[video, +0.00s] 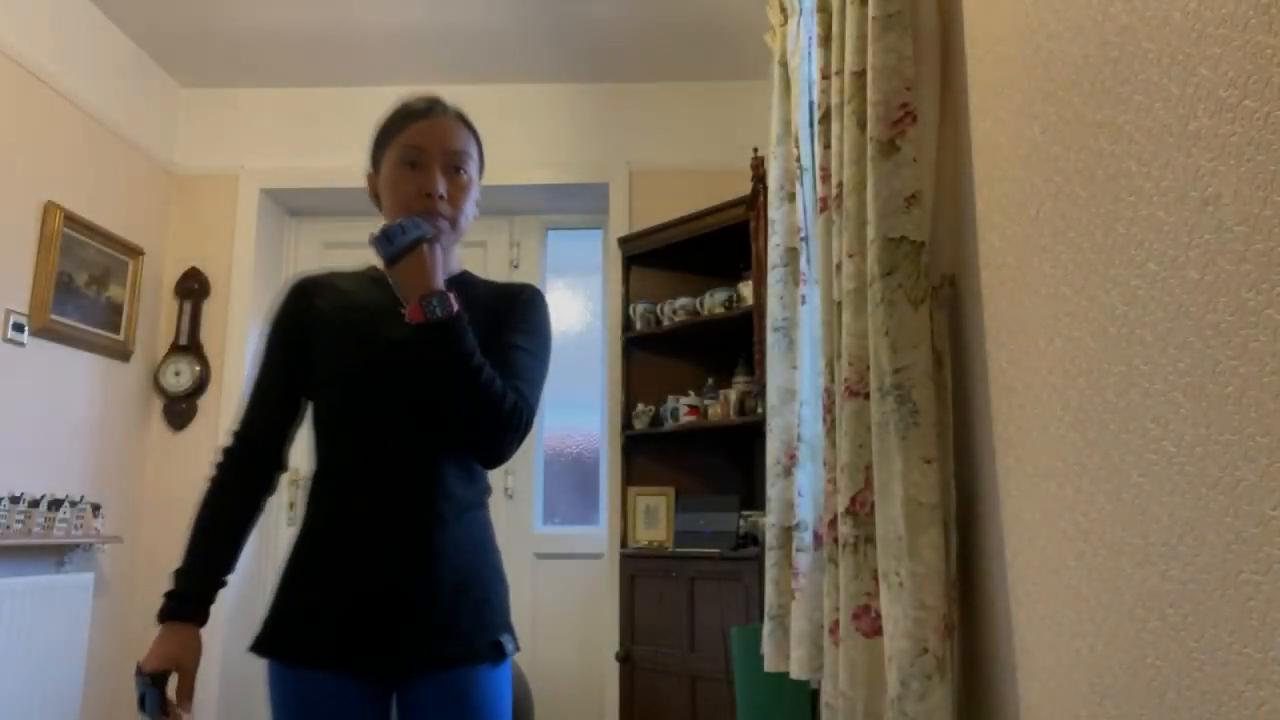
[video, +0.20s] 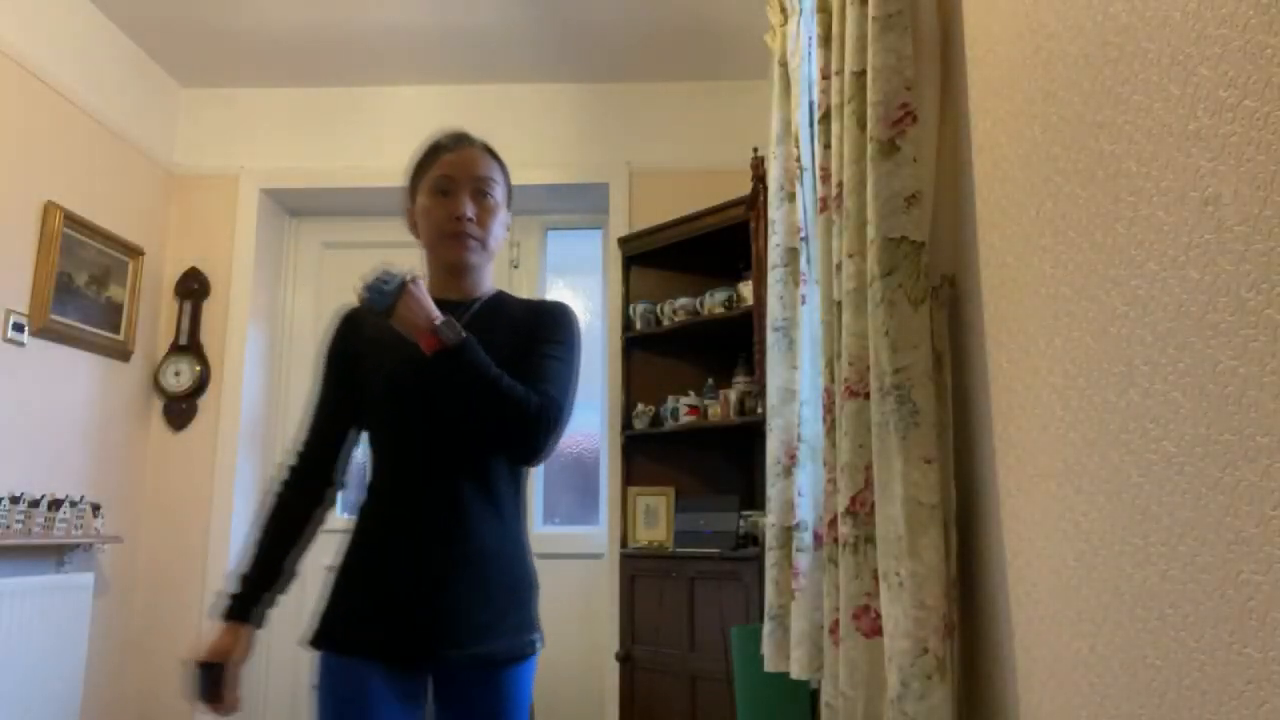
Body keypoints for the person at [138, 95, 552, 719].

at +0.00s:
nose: (436, 185)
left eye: (457, 168)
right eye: (412, 163)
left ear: (476, 193)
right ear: (374, 185)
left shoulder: (512, 308)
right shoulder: (318, 302)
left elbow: (496, 437)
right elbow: (253, 460)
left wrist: (431, 299)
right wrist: (184, 614)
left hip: (459, 628)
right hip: (326, 623)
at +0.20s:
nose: (464, 208)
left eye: (484, 194)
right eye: (443, 190)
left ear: (506, 222)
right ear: (411, 217)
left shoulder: (543, 324)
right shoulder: (367, 329)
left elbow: (534, 435)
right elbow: (313, 476)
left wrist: (438, 333)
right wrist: (242, 616)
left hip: (491, 620)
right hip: (373, 614)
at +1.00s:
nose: (515, 247)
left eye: (522, 234)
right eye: (495, 225)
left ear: (524, 251)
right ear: (437, 239)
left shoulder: (533, 357)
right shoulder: (385, 317)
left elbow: (550, 479)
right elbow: (380, 336)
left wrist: (578, 598)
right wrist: (455, 311)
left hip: (486, 546)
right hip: (391, 566)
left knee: (485, 622)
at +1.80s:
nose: (522, 241)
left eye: (540, 227)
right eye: (506, 225)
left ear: (565, 249)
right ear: (479, 242)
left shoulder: (601, 345)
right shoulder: (438, 339)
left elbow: (656, 431)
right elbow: (367, 469)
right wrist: (297, 585)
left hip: (571, 603)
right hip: (461, 602)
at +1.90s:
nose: (532, 246)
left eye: (550, 231)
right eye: (516, 230)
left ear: (579, 248)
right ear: (495, 246)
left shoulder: (616, 342)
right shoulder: (458, 345)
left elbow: (675, 389)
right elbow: (395, 471)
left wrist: (702, 410)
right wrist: (328, 590)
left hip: (589, 595)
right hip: (482, 591)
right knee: (471, 712)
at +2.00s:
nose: (537, 247)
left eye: (557, 231)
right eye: (522, 231)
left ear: (590, 248)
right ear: (505, 245)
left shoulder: (621, 336)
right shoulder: (473, 344)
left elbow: (685, 373)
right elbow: (425, 471)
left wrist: (664, 352)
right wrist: (369, 596)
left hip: (591, 555)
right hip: (495, 547)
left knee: (601, 709)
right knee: (496, 646)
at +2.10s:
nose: (536, 249)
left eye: (557, 234)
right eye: (524, 232)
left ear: (593, 251)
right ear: (509, 246)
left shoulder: (621, 342)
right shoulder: (480, 350)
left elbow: (652, 347)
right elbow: (448, 477)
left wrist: (619, 305)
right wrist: (411, 599)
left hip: (595, 576)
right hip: (493, 567)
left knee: (606, 709)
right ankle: (524, 701)